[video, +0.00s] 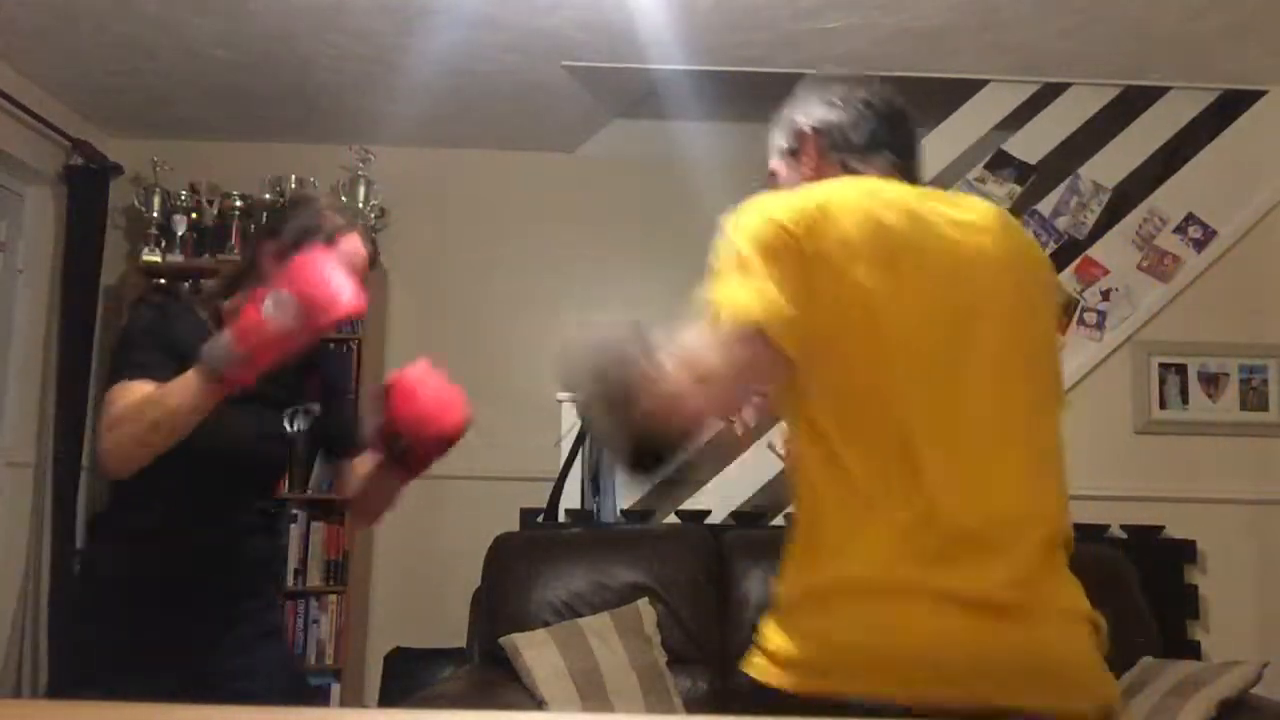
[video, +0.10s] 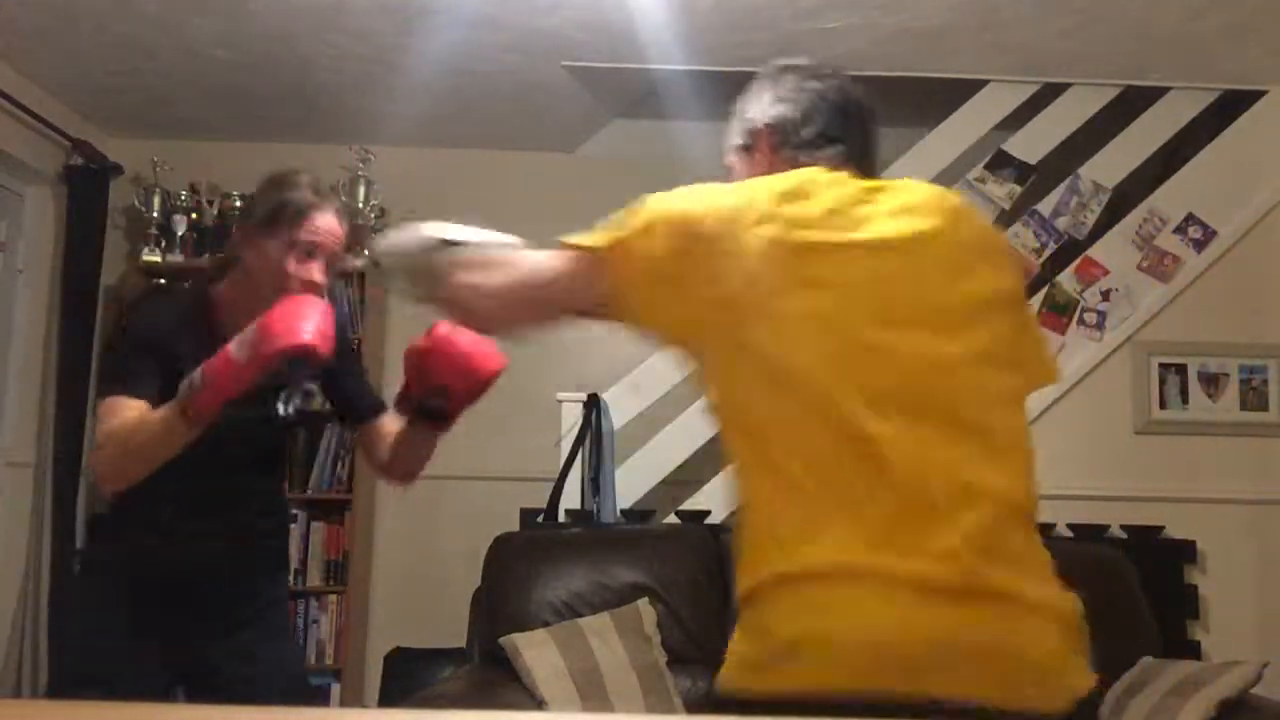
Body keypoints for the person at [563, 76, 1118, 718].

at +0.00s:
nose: (774, 188)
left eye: (775, 172)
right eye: (773, 174)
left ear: (805, 153)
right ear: (901, 162)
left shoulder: (786, 221)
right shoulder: (1016, 241)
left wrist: (642, 387)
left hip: (842, 667)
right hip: (1047, 671)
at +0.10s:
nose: (729, 172)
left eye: (732, 155)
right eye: (729, 159)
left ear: (762, 147)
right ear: (864, 153)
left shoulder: (716, 225)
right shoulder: (971, 229)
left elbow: (495, 295)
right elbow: (1027, 377)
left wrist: (439, 258)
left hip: (815, 661)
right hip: (1021, 663)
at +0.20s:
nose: (657, 175)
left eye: (659, 154)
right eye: (659, 156)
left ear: (687, 153)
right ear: (789, 152)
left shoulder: (655, 251)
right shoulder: (908, 260)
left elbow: (418, 340)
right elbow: (974, 458)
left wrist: (389, 296)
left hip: (771, 687)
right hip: (973, 687)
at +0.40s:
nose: (410, 180)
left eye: (415, 144)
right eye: (408, 147)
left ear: (463, 134)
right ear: (474, 135)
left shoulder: (570, 226)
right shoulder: (605, 215)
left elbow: (539, 521)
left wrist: (411, 373)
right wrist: (425, 323)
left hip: (767, 686)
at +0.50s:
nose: (360, 187)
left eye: (364, 154)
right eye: (355, 158)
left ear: (429, 145)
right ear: (441, 141)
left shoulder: (576, 236)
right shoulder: (494, 271)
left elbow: (549, 516)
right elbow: (380, 313)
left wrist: (390, 346)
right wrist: (255, 291)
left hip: (748, 677)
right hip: (667, 676)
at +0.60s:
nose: (329, 186)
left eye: (326, 149)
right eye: (318, 154)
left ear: (392, 129)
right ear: (393, 132)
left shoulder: (571, 242)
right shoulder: (450, 277)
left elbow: (560, 533)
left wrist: (391, 349)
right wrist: (258, 326)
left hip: (724, 677)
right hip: (627, 677)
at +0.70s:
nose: (303, 184)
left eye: (301, 147)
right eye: (293, 152)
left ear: (370, 127)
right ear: (370, 129)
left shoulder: (570, 233)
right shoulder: (443, 286)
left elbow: (573, 531)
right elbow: (500, 516)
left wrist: (393, 351)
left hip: (703, 684)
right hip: (578, 678)